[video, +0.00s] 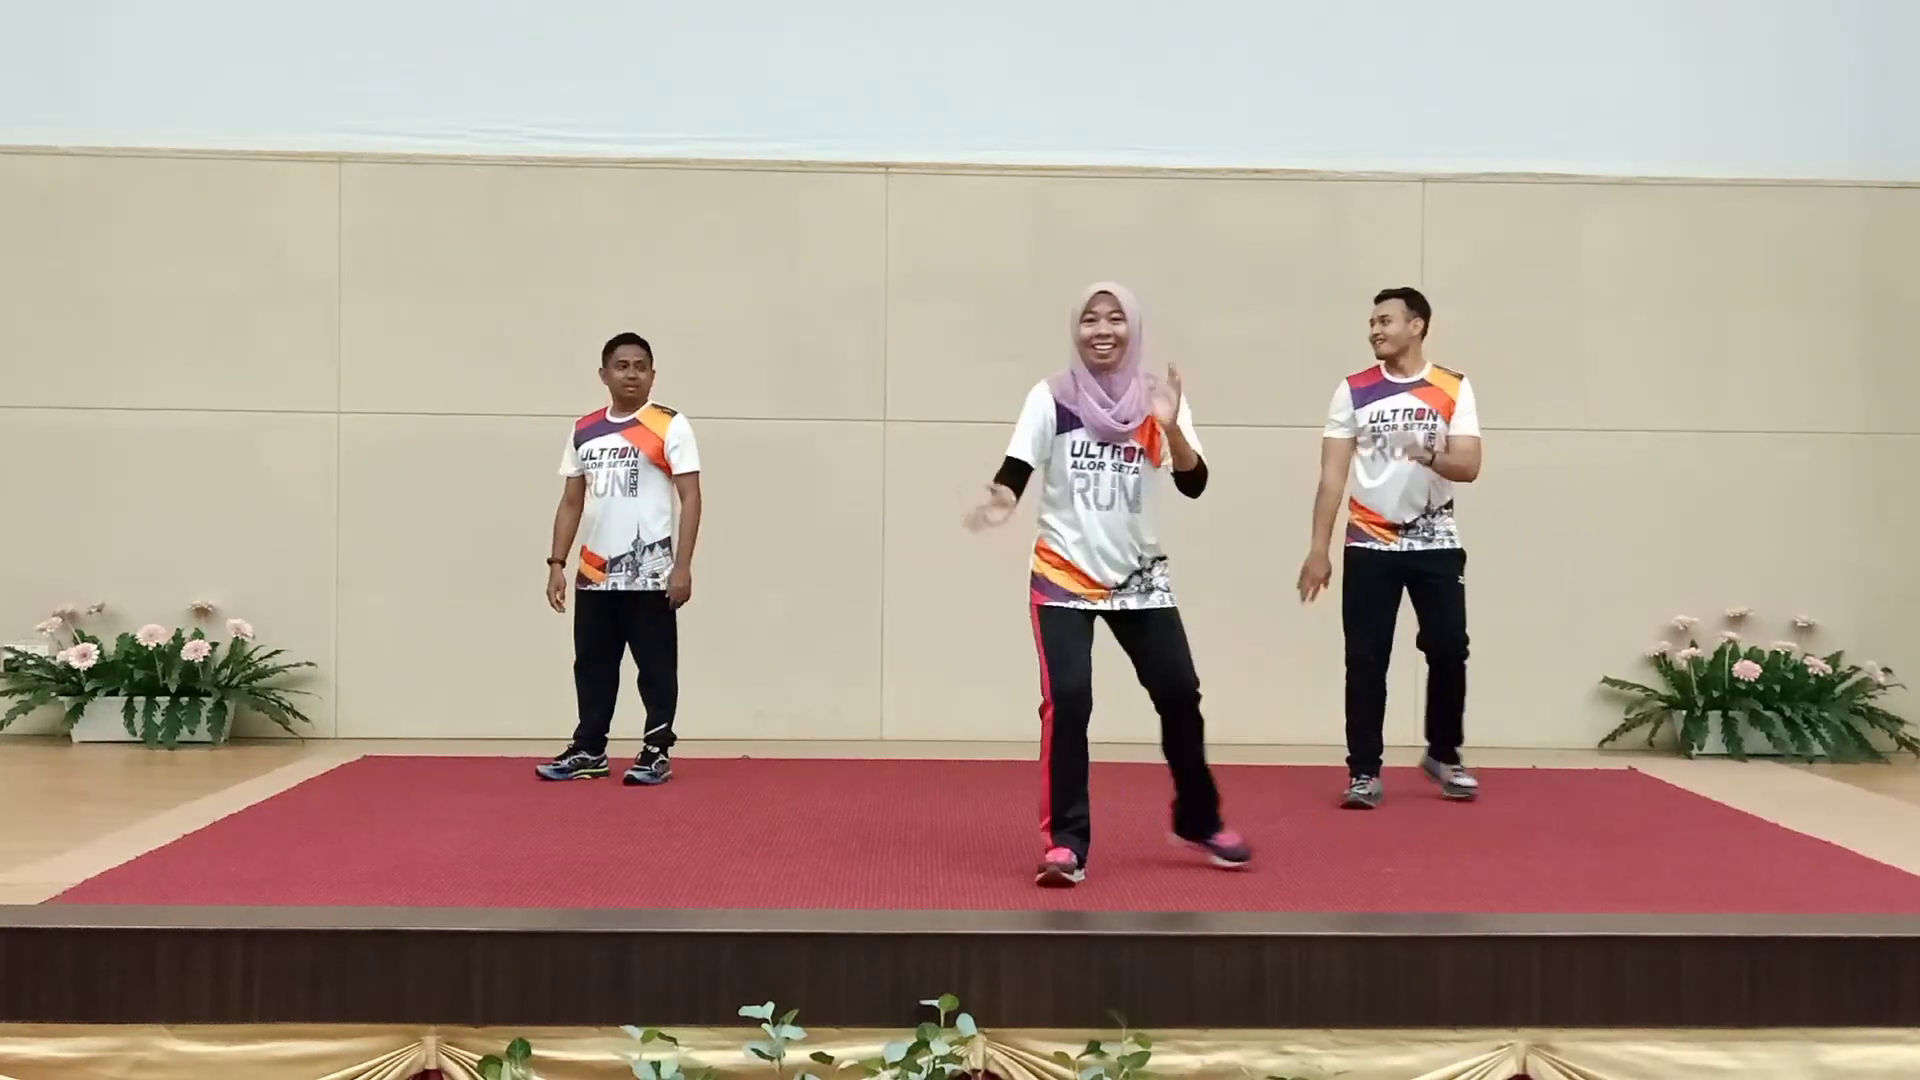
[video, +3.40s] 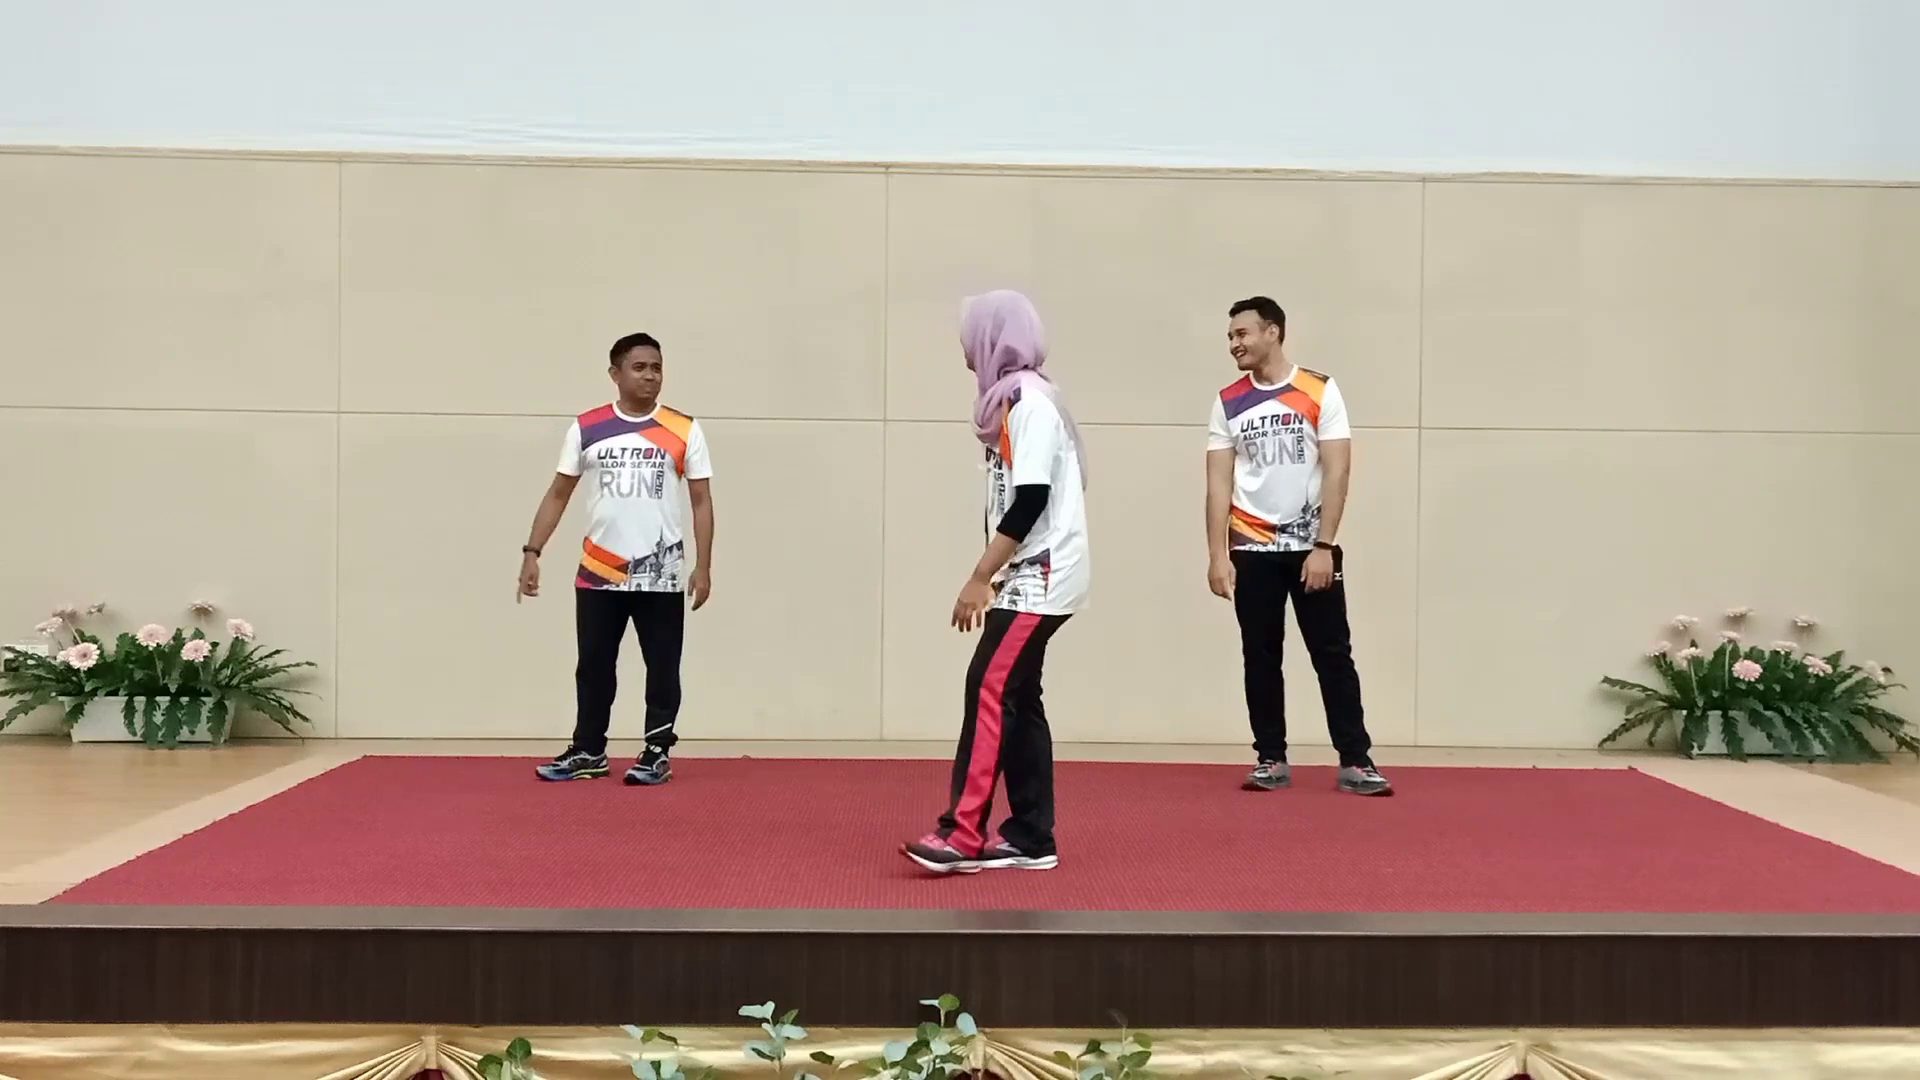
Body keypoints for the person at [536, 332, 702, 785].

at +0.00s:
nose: (632, 373)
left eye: (641, 366)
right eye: (622, 365)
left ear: (653, 373)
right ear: (604, 374)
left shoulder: (671, 427)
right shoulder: (584, 430)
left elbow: (691, 499)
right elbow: (571, 502)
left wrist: (683, 566)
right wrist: (557, 563)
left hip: (652, 575)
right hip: (596, 575)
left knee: (657, 670)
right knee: (593, 668)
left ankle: (656, 754)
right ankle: (589, 752)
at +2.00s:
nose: (631, 382)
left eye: (638, 375)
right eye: (621, 375)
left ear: (646, 382)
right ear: (599, 381)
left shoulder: (670, 438)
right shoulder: (573, 439)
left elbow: (684, 511)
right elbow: (559, 515)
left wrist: (666, 574)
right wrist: (566, 578)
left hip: (649, 573)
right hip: (591, 574)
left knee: (656, 665)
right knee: (585, 666)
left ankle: (656, 753)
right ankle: (588, 752)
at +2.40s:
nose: (583, 390)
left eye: (590, 382)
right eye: (582, 381)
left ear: (622, 384)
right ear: (607, 384)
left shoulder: (667, 435)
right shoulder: (584, 436)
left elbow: (690, 506)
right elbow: (563, 506)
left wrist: (669, 572)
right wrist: (538, 563)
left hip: (654, 581)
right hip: (600, 579)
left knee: (661, 673)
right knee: (595, 670)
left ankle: (655, 754)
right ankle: (589, 752)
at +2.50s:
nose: (583, 390)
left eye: (590, 381)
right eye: (583, 381)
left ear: (620, 382)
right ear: (607, 382)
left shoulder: (667, 432)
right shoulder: (586, 434)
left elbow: (694, 502)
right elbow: (548, 493)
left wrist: (677, 568)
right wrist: (504, 543)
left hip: (656, 576)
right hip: (603, 575)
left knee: (663, 670)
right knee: (596, 668)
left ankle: (655, 755)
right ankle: (588, 753)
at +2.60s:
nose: (588, 386)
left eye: (594, 378)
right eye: (588, 377)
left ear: (623, 379)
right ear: (615, 379)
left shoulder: (670, 428)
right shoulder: (588, 429)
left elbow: (699, 498)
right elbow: (528, 458)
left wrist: (691, 568)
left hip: (658, 576)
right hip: (605, 575)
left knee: (662, 672)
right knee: (596, 668)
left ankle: (656, 755)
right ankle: (589, 752)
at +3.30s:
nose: (649, 374)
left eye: (655, 367)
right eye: (638, 366)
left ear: (663, 373)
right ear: (615, 373)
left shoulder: (685, 430)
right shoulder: (589, 428)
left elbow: (703, 501)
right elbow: (546, 483)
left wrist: (693, 563)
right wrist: (501, 529)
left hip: (662, 574)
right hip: (602, 572)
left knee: (663, 669)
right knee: (593, 667)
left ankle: (656, 755)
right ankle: (588, 753)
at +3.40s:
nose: (651, 375)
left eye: (657, 367)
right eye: (640, 367)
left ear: (663, 372)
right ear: (615, 372)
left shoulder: (684, 430)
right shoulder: (586, 428)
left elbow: (701, 501)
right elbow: (558, 493)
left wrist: (703, 567)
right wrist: (531, 553)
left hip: (661, 576)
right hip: (600, 574)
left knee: (663, 670)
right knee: (593, 668)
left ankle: (657, 753)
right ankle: (588, 752)